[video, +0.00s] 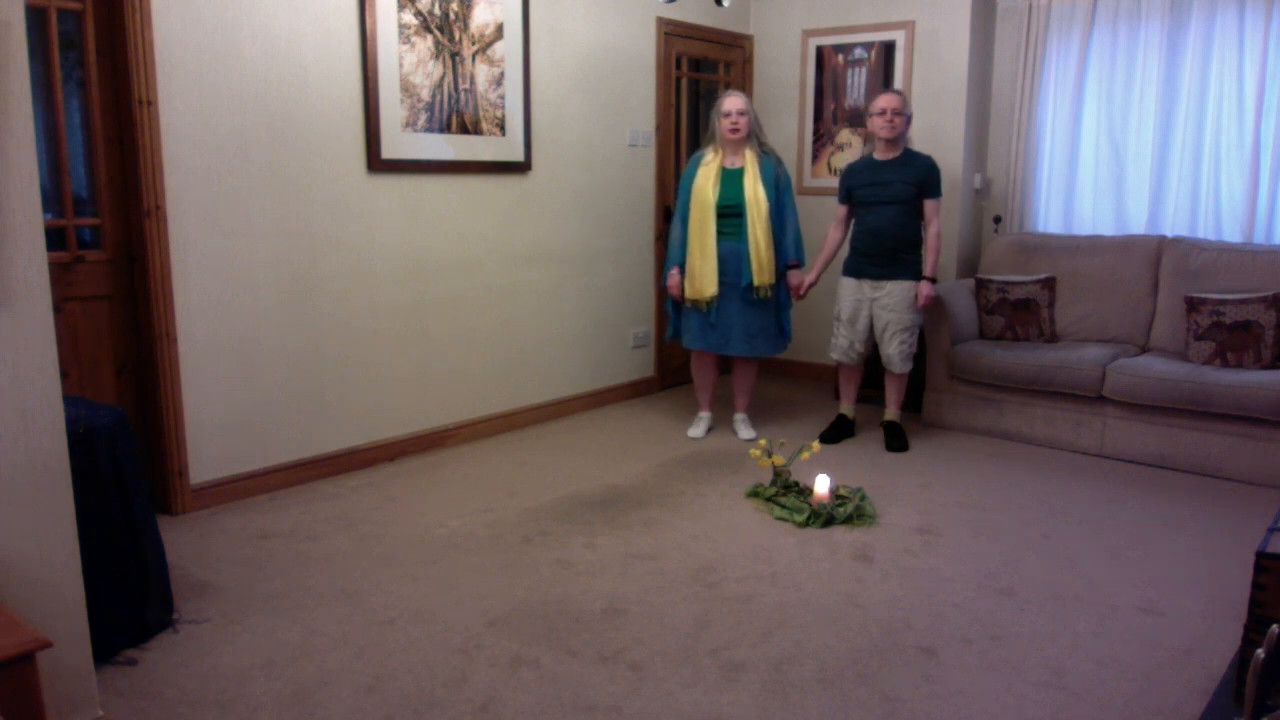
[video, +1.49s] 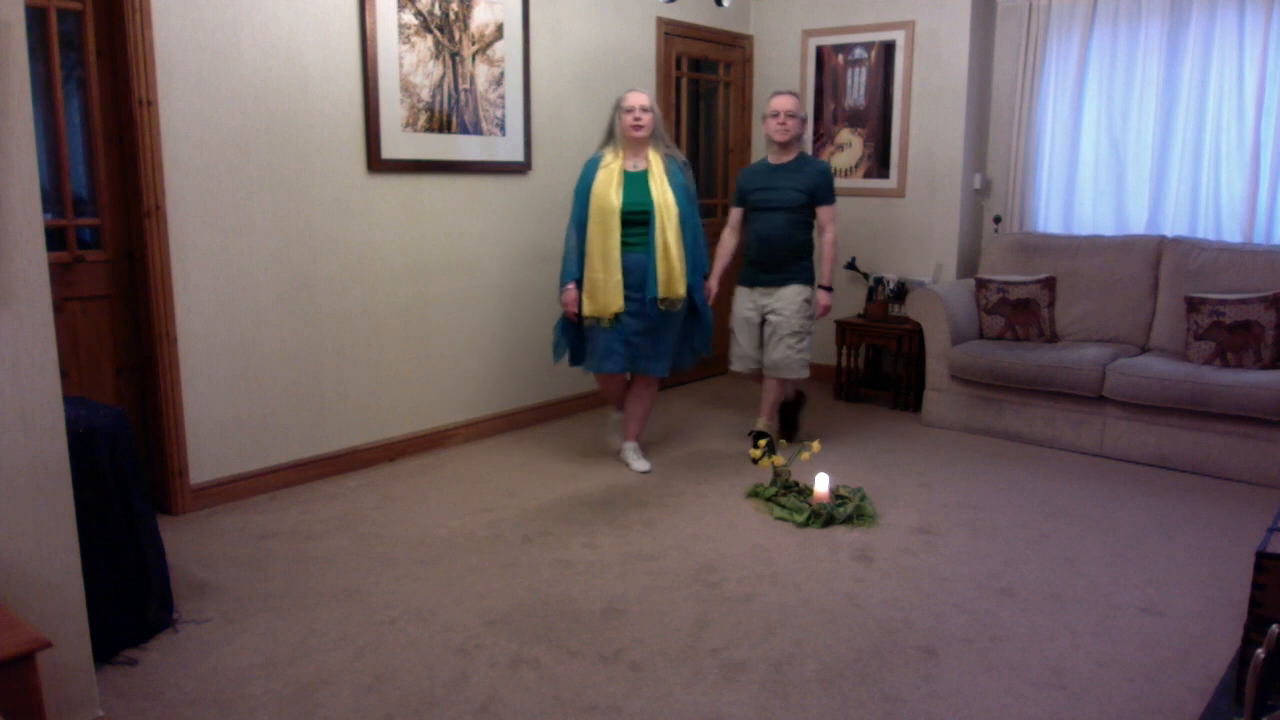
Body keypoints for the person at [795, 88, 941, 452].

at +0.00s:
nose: (889, 119)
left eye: (896, 113)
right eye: (881, 113)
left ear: (907, 121)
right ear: (868, 122)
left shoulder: (923, 167)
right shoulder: (854, 172)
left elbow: (932, 226)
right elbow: (839, 227)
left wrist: (928, 277)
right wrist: (814, 273)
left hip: (902, 279)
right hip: (857, 277)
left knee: (897, 355)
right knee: (848, 349)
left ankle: (892, 419)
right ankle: (845, 416)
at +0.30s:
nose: (887, 120)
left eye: (895, 114)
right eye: (879, 114)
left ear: (906, 121)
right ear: (867, 122)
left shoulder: (922, 166)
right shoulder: (854, 172)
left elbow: (934, 225)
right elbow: (838, 227)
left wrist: (932, 278)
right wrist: (812, 272)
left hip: (901, 281)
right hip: (855, 277)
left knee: (897, 356)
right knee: (838, 347)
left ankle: (892, 419)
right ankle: (838, 412)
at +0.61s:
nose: (860, 123)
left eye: (868, 118)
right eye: (853, 118)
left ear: (880, 124)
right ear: (842, 125)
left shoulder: (896, 170)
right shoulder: (830, 174)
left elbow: (912, 226)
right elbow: (811, 229)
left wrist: (914, 279)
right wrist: (783, 275)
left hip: (876, 283)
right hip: (832, 280)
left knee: (881, 358)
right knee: (820, 352)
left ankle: (890, 420)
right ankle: (819, 416)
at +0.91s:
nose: (824, 124)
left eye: (832, 118)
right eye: (817, 118)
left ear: (845, 125)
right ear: (807, 124)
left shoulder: (860, 170)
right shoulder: (796, 173)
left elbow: (873, 225)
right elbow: (777, 228)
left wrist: (873, 279)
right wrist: (750, 273)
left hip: (840, 277)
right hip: (800, 276)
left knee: (832, 347)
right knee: (803, 350)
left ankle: (842, 414)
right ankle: (815, 416)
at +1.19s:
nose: (800, 123)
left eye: (808, 117)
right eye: (793, 117)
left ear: (822, 125)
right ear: (783, 124)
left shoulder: (837, 169)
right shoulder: (774, 176)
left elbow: (852, 224)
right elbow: (756, 232)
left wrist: (852, 278)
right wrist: (733, 277)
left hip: (820, 278)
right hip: (782, 278)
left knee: (792, 351)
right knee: (794, 352)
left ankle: (767, 425)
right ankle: (818, 416)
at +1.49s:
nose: (782, 122)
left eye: (790, 116)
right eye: (775, 116)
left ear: (802, 124)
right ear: (764, 123)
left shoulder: (817, 172)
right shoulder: (749, 175)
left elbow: (827, 231)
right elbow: (731, 230)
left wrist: (825, 286)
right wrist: (715, 275)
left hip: (792, 285)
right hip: (750, 284)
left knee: (778, 361)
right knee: (751, 360)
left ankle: (763, 428)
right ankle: (789, 398)